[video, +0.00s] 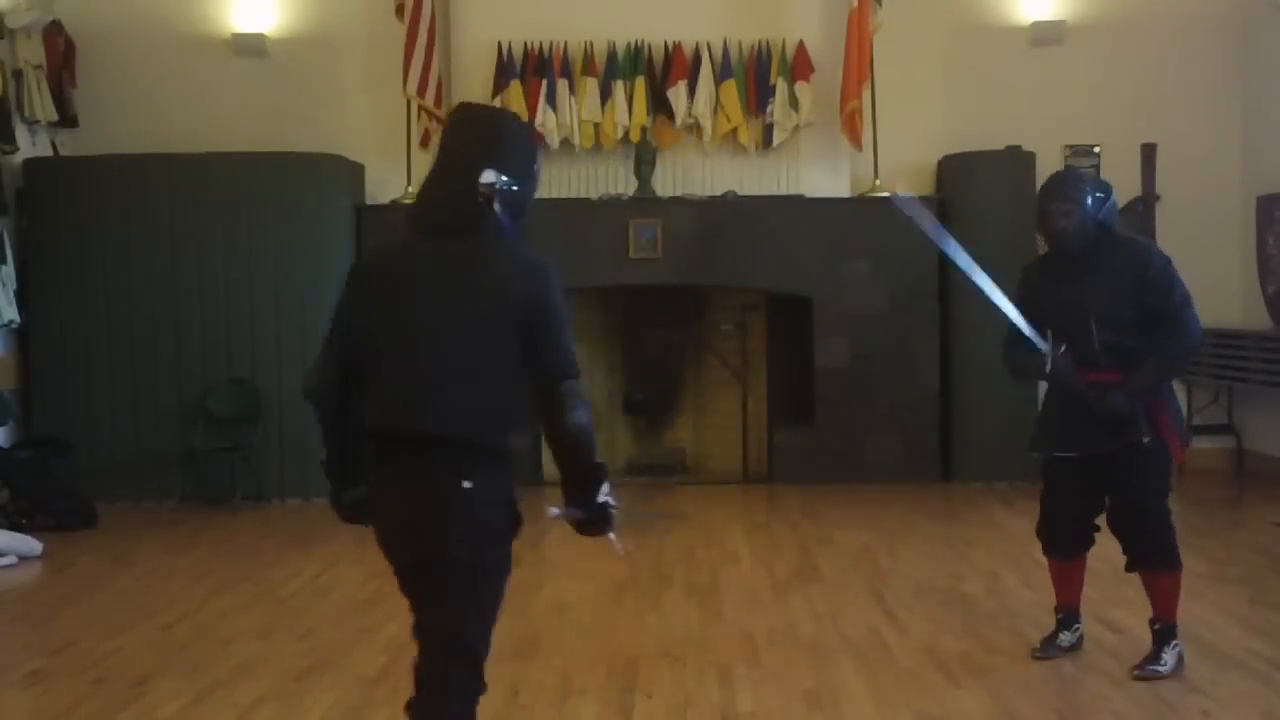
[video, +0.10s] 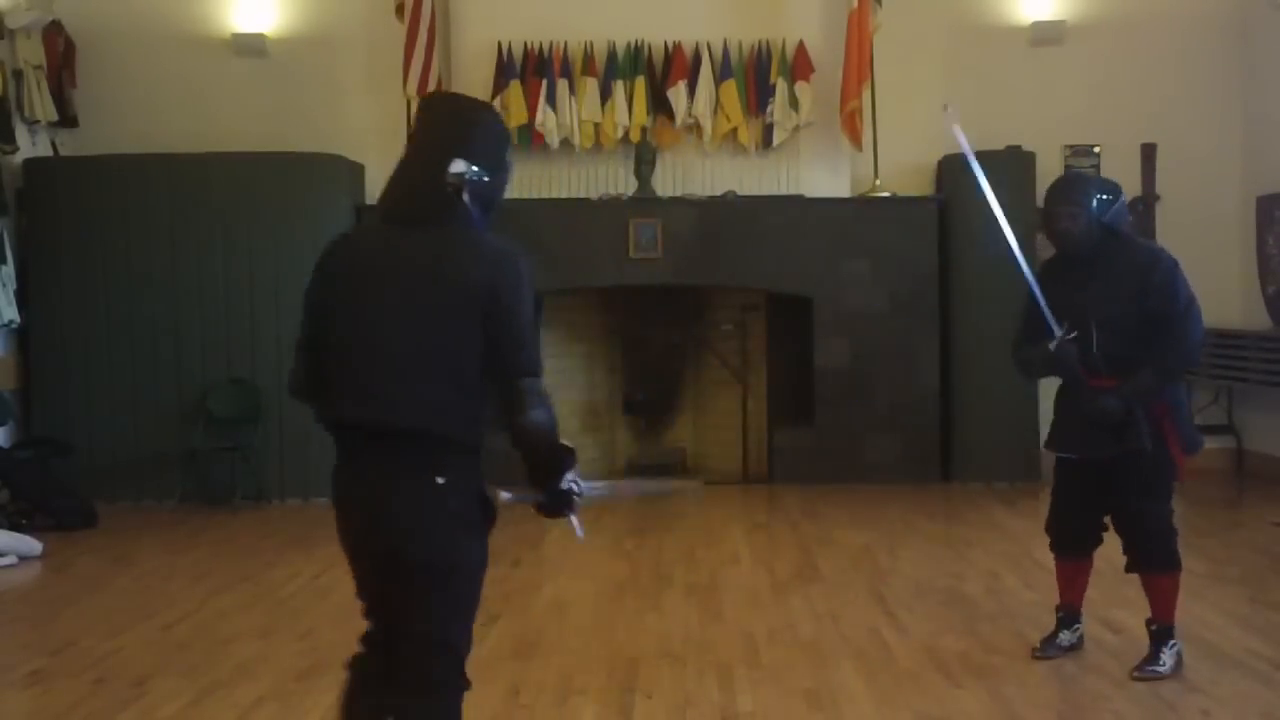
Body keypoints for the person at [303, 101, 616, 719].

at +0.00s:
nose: (531, 193)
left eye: (528, 176)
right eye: (527, 178)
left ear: (441, 175)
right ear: (510, 186)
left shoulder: (381, 263)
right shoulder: (520, 273)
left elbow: (329, 382)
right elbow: (563, 402)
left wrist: (348, 475)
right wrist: (587, 491)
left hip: (391, 477)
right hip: (476, 482)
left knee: (441, 647)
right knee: (454, 664)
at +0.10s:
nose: (504, 185)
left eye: (501, 169)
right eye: (500, 170)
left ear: (414, 162)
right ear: (484, 175)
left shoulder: (350, 250)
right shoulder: (492, 263)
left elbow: (310, 377)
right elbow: (523, 403)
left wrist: (367, 433)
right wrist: (554, 480)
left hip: (359, 478)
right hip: (445, 486)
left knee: (386, 636)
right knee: (436, 664)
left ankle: (360, 710)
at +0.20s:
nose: (471, 176)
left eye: (466, 161)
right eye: (467, 161)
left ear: (378, 155)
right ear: (452, 169)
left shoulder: (318, 249)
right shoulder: (458, 260)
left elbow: (288, 377)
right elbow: (484, 393)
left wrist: (356, 401)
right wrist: (516, 453)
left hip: (325, 487)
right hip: (415, 494)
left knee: (318, 656)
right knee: (421, 681)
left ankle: (273, 710)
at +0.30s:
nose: (432, 176)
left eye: (430, 159)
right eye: (427, 160)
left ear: (340, 159)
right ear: (405, 170)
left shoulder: (277, 255)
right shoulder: (418, 264)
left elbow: (261, 386)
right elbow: (446, 410)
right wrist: (485, 424)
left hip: (291, 499)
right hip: (384, 506)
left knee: (252, 663)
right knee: (409, 687)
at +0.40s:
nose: (385, 190)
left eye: (383, 172)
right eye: (381, 173)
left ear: (289, 168)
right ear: (359, 179)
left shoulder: (228, 267)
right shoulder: (365, 272)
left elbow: (225, 396)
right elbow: (401, 421)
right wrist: (453, 407)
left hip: (243, 517)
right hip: (340, 524)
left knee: (196, 683)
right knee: (391, 694)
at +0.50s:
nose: (331, 201)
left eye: (330, 182)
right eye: (327, 184)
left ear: (237, 173)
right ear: (303, 189)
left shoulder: (171, 273)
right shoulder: (308, 280)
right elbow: (344, 426)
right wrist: (391, 394)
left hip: (180, 530)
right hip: (280, 537)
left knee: (152, 705)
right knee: (348, 702)